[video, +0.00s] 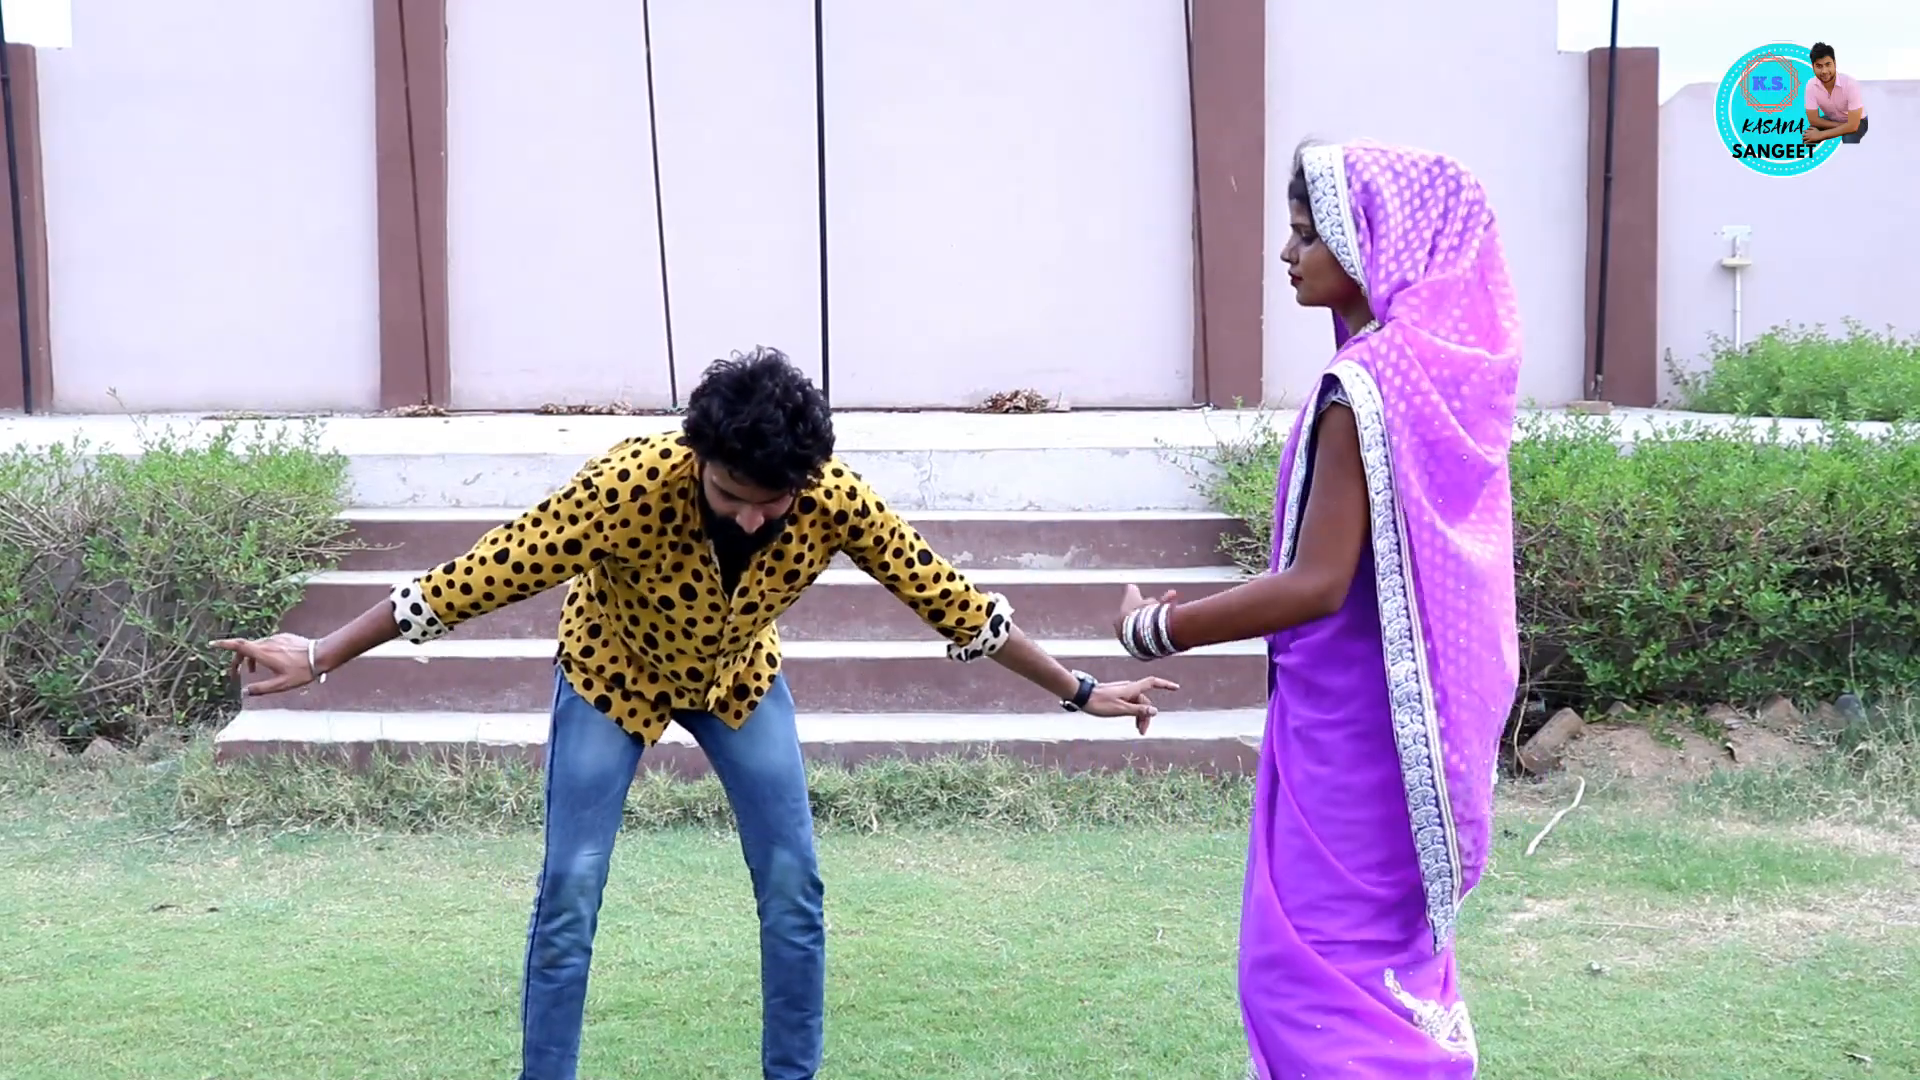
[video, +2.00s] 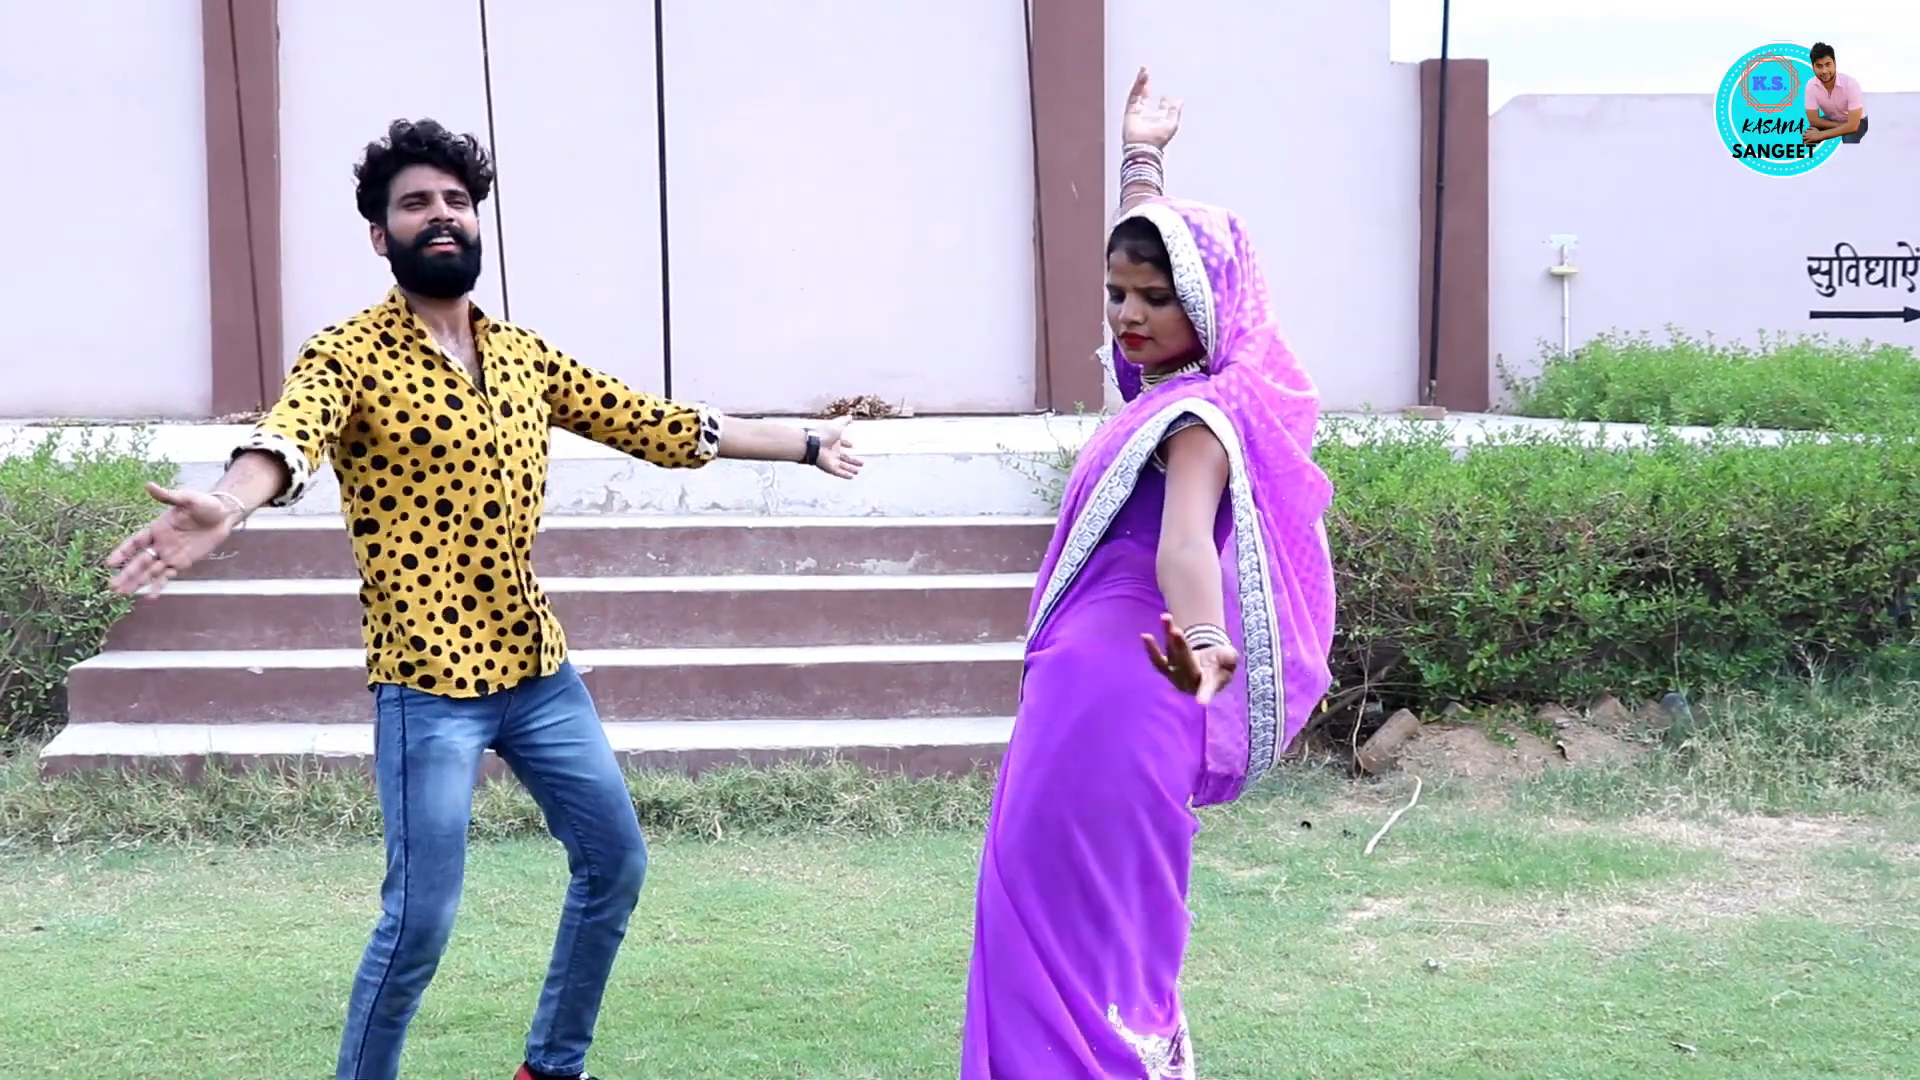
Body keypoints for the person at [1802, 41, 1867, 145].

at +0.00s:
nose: (1824, 71)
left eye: (1828, 65)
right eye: (1819, 66)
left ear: (1835, 64)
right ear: (1813, 67)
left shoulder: (1850, 84)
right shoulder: (1812, 85)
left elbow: (1853, 126)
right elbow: (1813, 120)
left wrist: (1820, 135)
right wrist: (1843, 126)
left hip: (1854, 122)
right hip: (1829, 121)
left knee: (1849, 140)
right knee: (1810, 136)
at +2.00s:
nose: (1824, 71)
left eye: (1828, 65)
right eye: (1819, 66)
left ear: (1835, 64)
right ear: (1813, 67)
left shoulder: (1850, 84)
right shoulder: (1812, 85)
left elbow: (1853, 126)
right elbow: (1813, 120)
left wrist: (1820, 135)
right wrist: (1843, 126)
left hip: (1854, 122)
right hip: (1829, 121)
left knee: (1849, 140)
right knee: (1810, 136)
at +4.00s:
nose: (1824, 71)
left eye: (1828, 65)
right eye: (1819, 66)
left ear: (1835, 63)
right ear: (1813, 67)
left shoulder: (1850, 85)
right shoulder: (1812, 86)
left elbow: (1853, 126)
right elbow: (1813, 120)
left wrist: (1820, 135)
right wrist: (1843, 126)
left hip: (1855, 122)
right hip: (1830, 121)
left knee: (1848, 140)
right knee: (1810, 136)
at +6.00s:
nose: (1824, 71)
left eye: (1828, 65)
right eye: (1819, 66)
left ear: (1835, 63)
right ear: (1813, 67)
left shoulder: (1850, 84)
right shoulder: (1812, 86)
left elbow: (1853, 126)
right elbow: (1813, 120)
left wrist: (1820, 135)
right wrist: (1843, 126)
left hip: (1855, 122)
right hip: (1829, 121)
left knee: (1849, 140)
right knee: (1810, 137)